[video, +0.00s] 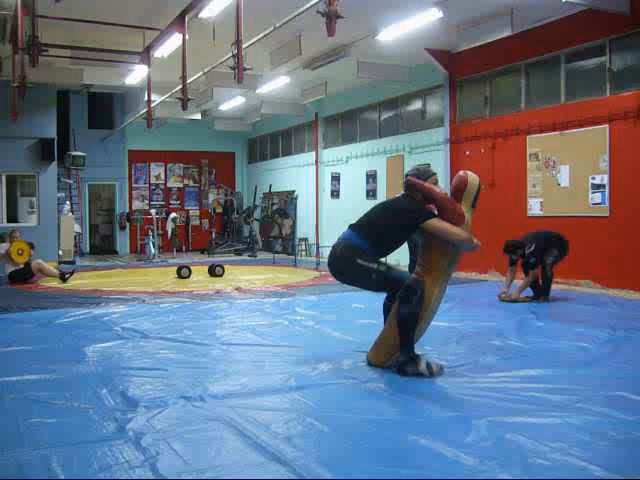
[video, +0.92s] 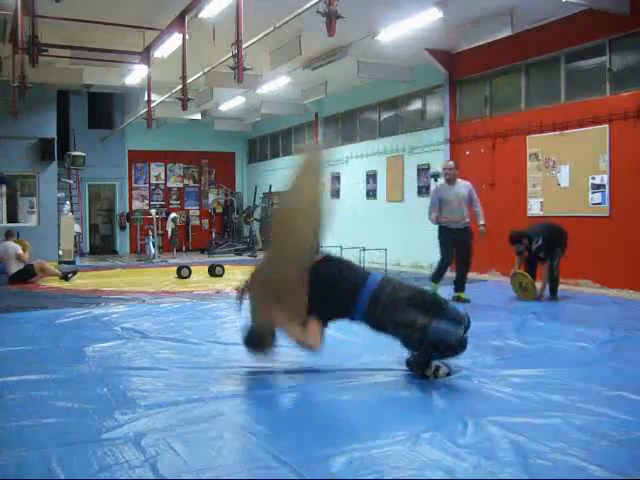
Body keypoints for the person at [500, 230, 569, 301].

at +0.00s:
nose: (513, 258)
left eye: (513, 255)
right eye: (511, 256)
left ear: (518, 251)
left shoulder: (531, 252)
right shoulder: (515, 250)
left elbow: (532, 276)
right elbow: (511, 272)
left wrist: (518, 292)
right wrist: (506, 289)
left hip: (559, 244)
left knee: (547, 263)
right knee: (525, 265)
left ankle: (545, 294)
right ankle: (537, 291)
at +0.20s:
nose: (513, 258)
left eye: (513, 255)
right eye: (511, 256)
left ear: (518, 250)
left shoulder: (532, 249)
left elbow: (536, 271)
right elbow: (513, 267)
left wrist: (520, 287)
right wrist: (507, 284)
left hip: (560, 243)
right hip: (545, 243)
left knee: (548, 263)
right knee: (527, 264)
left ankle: (545, 294)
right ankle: (538, 292)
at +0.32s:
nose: (512, 255)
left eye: (512, 252)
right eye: (510, 253)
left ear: (518, 247)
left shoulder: (532, 245)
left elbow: (537, 267)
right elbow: (513, 265)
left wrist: (521, 282)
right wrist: (507, 279)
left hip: (560, 242)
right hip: (545, 243)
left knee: (549, 262)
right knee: (529, 263)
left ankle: (546, 294)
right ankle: (538, 292)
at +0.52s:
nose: (513, 249)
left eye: (513, 246)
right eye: (511, 247)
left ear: (518, 240)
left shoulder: (533, 238)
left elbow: (543, 258)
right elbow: (513, 258)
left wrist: (526, 275)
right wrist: (510, 274)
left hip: (561, 240)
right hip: (545, 242)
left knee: (551, 267)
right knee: (536, 267)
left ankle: (553, 295)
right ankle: (539, 294)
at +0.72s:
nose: (516, 245)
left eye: (516, 242)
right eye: (514, 243)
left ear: (522, 237)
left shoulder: (535, 238)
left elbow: (548, 257)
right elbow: (517, 256)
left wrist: (536, 275)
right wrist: (514, 272)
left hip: (562, 238)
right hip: (548, 237)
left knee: (551, 266)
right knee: (531, 260)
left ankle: (553, 294)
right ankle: (534, 288)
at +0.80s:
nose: (518, 247)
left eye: (518, 244)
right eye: (515, 245)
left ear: (523, 238)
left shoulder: (536, 239)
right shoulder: (521, 237)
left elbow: (547, 260)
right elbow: (519, 254)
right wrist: (515, 270)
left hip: (560, 238)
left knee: (552, 264)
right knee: (531, 260)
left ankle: (553, 293)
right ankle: (528, 287)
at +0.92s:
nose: (519, 250)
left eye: (519, 247)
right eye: (517, 248)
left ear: (524, 241)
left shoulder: (537, 243)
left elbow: (545, 265)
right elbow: (519, 256)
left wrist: (543, 288)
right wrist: (515, 269)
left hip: (559, 237)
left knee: (553, 267)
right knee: (530, 263)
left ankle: (553, 294)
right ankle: (528, 289)